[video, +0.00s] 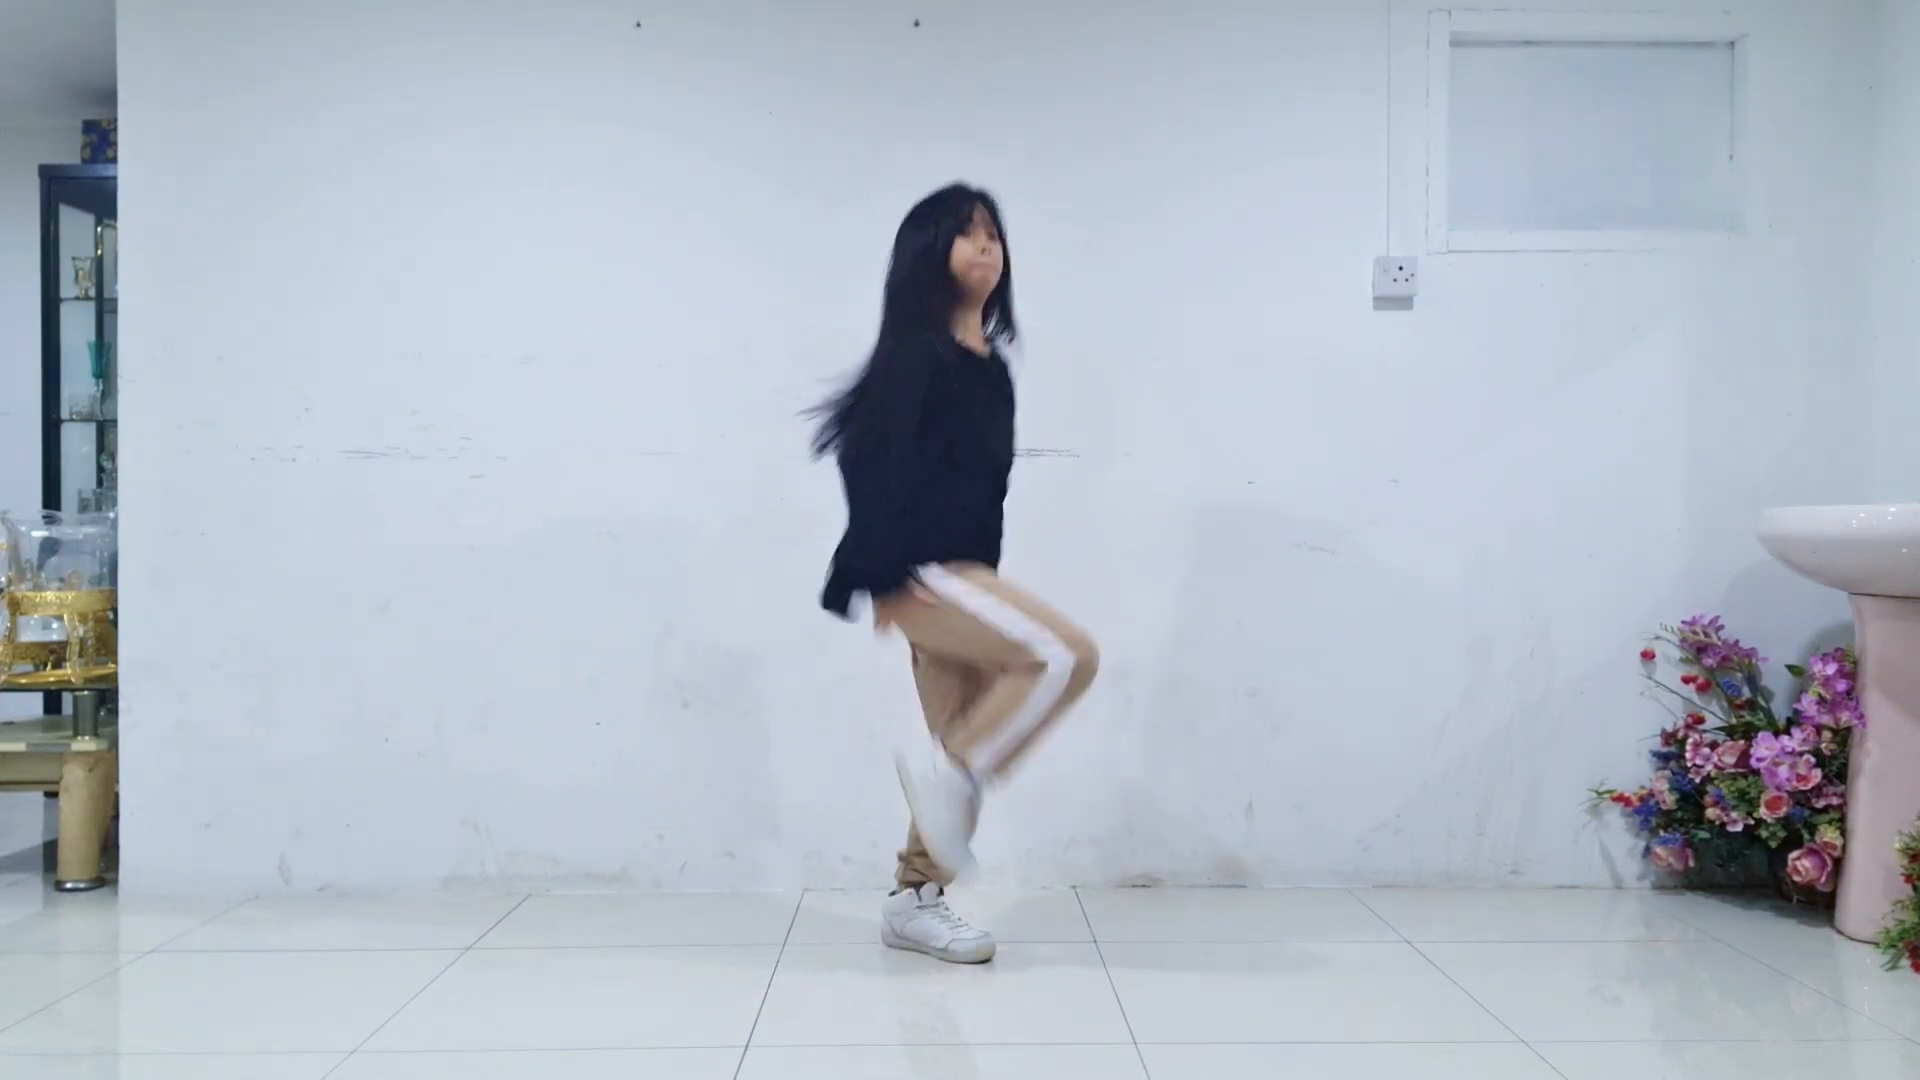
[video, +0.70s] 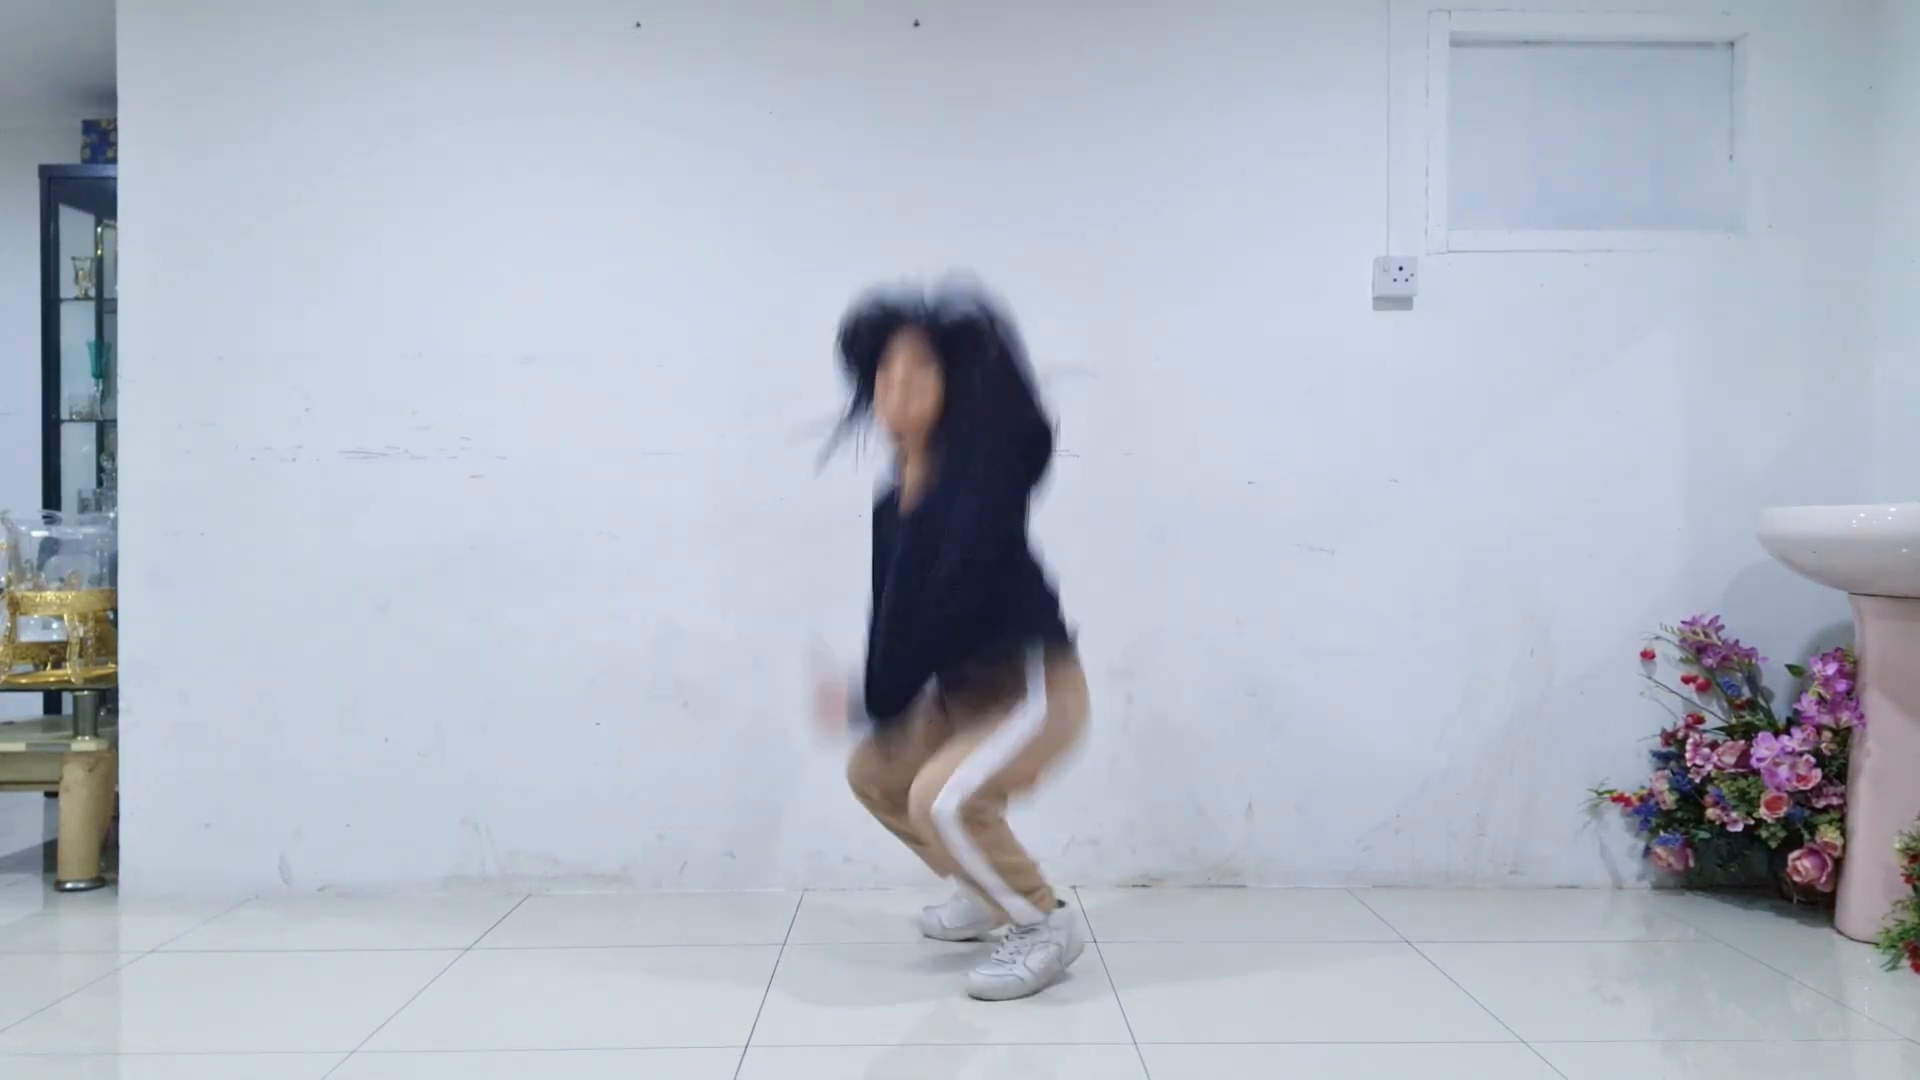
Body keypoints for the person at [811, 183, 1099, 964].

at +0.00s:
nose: (984, 248)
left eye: (991, 236)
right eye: (966, 236)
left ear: (1003, 253)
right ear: (932, 252)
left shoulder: (989, 355)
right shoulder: (913, 349)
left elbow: (970, 464)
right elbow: (870, 454)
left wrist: (977, 562)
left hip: (961, 561)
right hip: (914, 565)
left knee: (957, 738)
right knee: (1061, 656)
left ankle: (918, 901)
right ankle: (957, 772)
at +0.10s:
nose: (982, 217)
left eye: (988, 205)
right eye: (963, 205)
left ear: (1001, 219)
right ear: (928, 219)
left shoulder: (1002, 321)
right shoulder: (909, 315)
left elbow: (1006, 427)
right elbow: (841, 420)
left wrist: (988, 519)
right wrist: (871, 526)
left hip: (971, 541)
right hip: (918, 538)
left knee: (953, 720)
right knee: (1052, 644)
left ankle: (916, 895)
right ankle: (906, 697)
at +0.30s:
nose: (964, 209)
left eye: (976, 193)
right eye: (944, 195)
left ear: (992, 203)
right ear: (912, 210)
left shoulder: (1024, 274)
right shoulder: (903, 305)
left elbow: (1085, 375)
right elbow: (851, 410)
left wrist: (1049, 446)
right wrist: (890, 463)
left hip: (1008, 511)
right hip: (923, 511)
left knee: (975, 693)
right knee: (963, 676)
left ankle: (922, 881)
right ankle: (854, 666)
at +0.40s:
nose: (948, 225)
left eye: (963, 207)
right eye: (931, 210)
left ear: (987, 214)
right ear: (907, 223)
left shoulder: (1019, 261)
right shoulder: (907, 304)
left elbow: (1073, 333)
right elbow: (881, 398)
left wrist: (987, 368)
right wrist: (938, 378)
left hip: (1009, 496)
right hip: (922, 496)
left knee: (985, 693)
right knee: (912, 675)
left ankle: (932, 878)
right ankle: (870, 725)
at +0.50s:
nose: (934, 229)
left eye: (951, 212)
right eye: (917, 215)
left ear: (981, 220)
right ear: (897, 228)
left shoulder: (1023, 291)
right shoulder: (902, 305)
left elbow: (1027, 382)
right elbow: (891, 415)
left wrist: (946, 333)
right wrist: (879, 381)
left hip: (997, 506)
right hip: (917, 505)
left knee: (992, 694)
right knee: (860, 677)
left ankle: (968, 860)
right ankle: (916, 758)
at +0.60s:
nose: (917, 281)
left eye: (936, 262)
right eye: (903, 263)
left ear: (971, 271)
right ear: (883, 277)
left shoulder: (1006, 346)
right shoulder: (898, 373)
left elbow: (1009, 475)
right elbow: (907, 506)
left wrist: (908, 436)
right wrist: (874, 499)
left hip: (1016, 583)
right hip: (941, 583)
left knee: (966, 741)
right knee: (856, 717)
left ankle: (1013, 884)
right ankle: (948, 830)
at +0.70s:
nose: (900, 384)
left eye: (921, 367)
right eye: (888, 367)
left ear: (956, 385)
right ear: (873, 384)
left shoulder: (982, 476)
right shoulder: (894, 500)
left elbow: (958, 594)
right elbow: (894, 609)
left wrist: (877, 693)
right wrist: (879, 701)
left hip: (1037, 688)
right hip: (964, 693)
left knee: (944, 798)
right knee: (874, 775)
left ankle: (1046, 922)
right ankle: (983, 895)